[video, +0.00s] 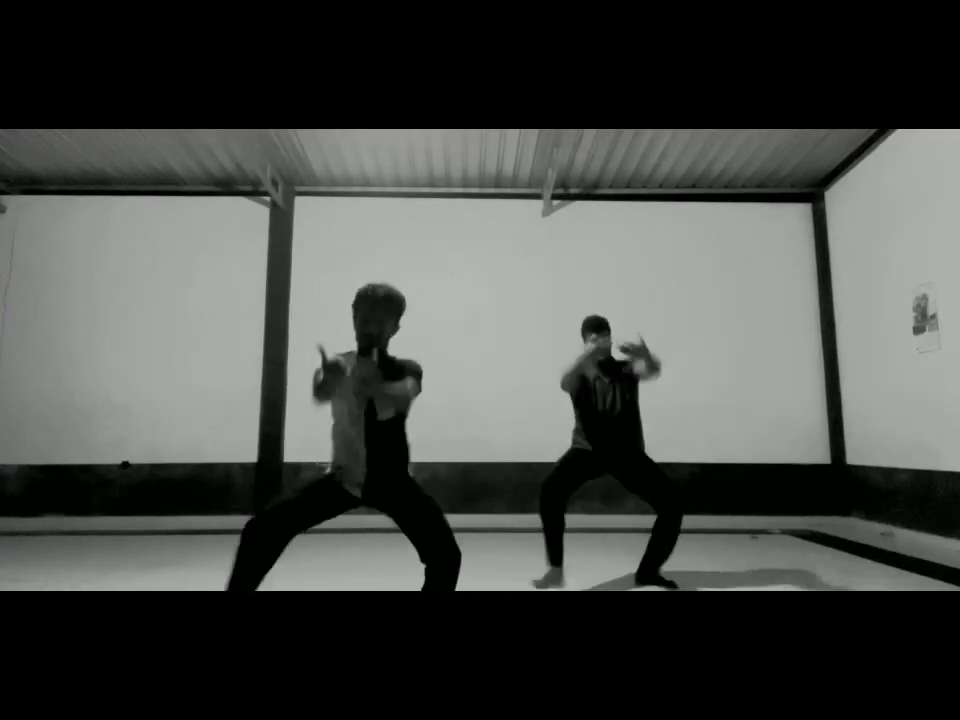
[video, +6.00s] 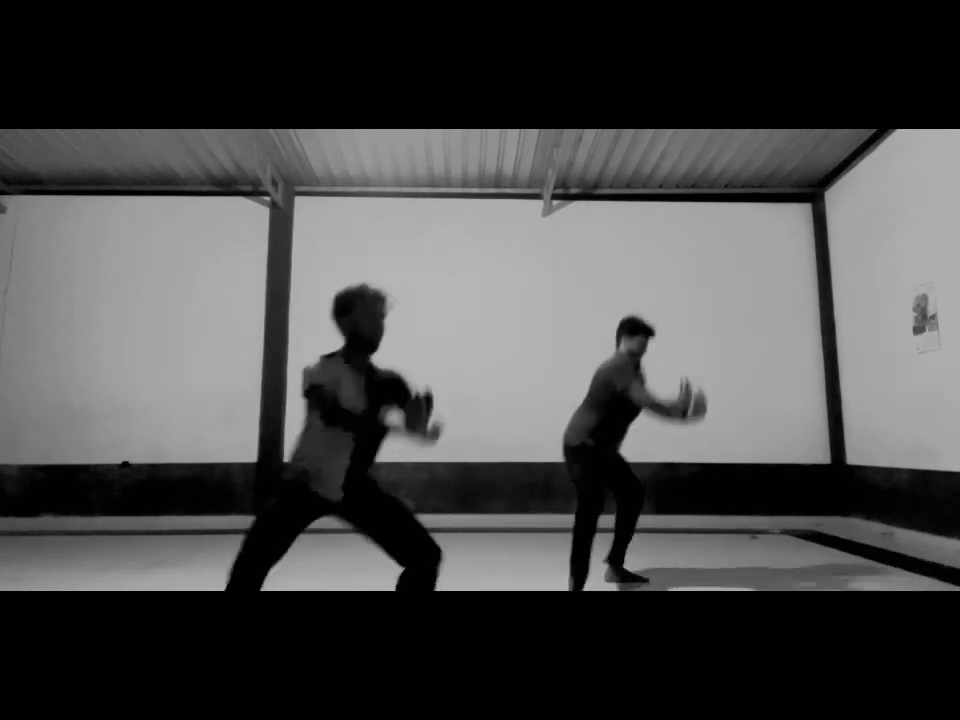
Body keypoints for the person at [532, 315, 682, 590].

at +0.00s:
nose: (601, 341)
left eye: (604, 335)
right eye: (595, 336)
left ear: (611, 337)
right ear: (585, 341)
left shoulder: (626, 369)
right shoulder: (579, 373)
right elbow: (567, 383)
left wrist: (645, 356)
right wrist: (587, 354)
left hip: (627, 454)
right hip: (587, 453)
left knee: (671, 505)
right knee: (551, 493)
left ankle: (648, 573)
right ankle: (555, 570)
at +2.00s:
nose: (597, 299)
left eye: (605, 297)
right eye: (600, 295)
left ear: (618, 309)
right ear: (599, 302)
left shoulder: (629, 345)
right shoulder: (576, 324)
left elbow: (676, 351)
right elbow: (550, 293)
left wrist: (705, 339)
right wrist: (530, 264)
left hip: (595, 432)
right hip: (560, 426)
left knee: (595, 503)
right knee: (559, 501)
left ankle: (596, 571)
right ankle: (557, 569)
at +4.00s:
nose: (509, 342)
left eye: (509, 335)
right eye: (501, 341)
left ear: (516, 330)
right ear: (497, 346)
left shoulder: (551, 349)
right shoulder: (500, 370)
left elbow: (592, 326)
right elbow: (456, 353)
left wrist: (636, 318)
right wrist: (423, 333)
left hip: (581, 422)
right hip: (545, 441)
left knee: (640, 415)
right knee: (513, 498)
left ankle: (627, 467)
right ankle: (514, 573)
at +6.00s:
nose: (641, 348)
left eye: (644, 342)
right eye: (636, 341)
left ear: (646, 344)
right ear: (622, 340)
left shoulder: (633, 370)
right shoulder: (617, 367)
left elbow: (648, 404)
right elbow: (643, 401)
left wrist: (682, 412)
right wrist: (678, 408)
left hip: (604, 449)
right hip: (583, 448)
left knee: (632, 495)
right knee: (589, 507)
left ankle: (615, 565)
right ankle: (576, 582)